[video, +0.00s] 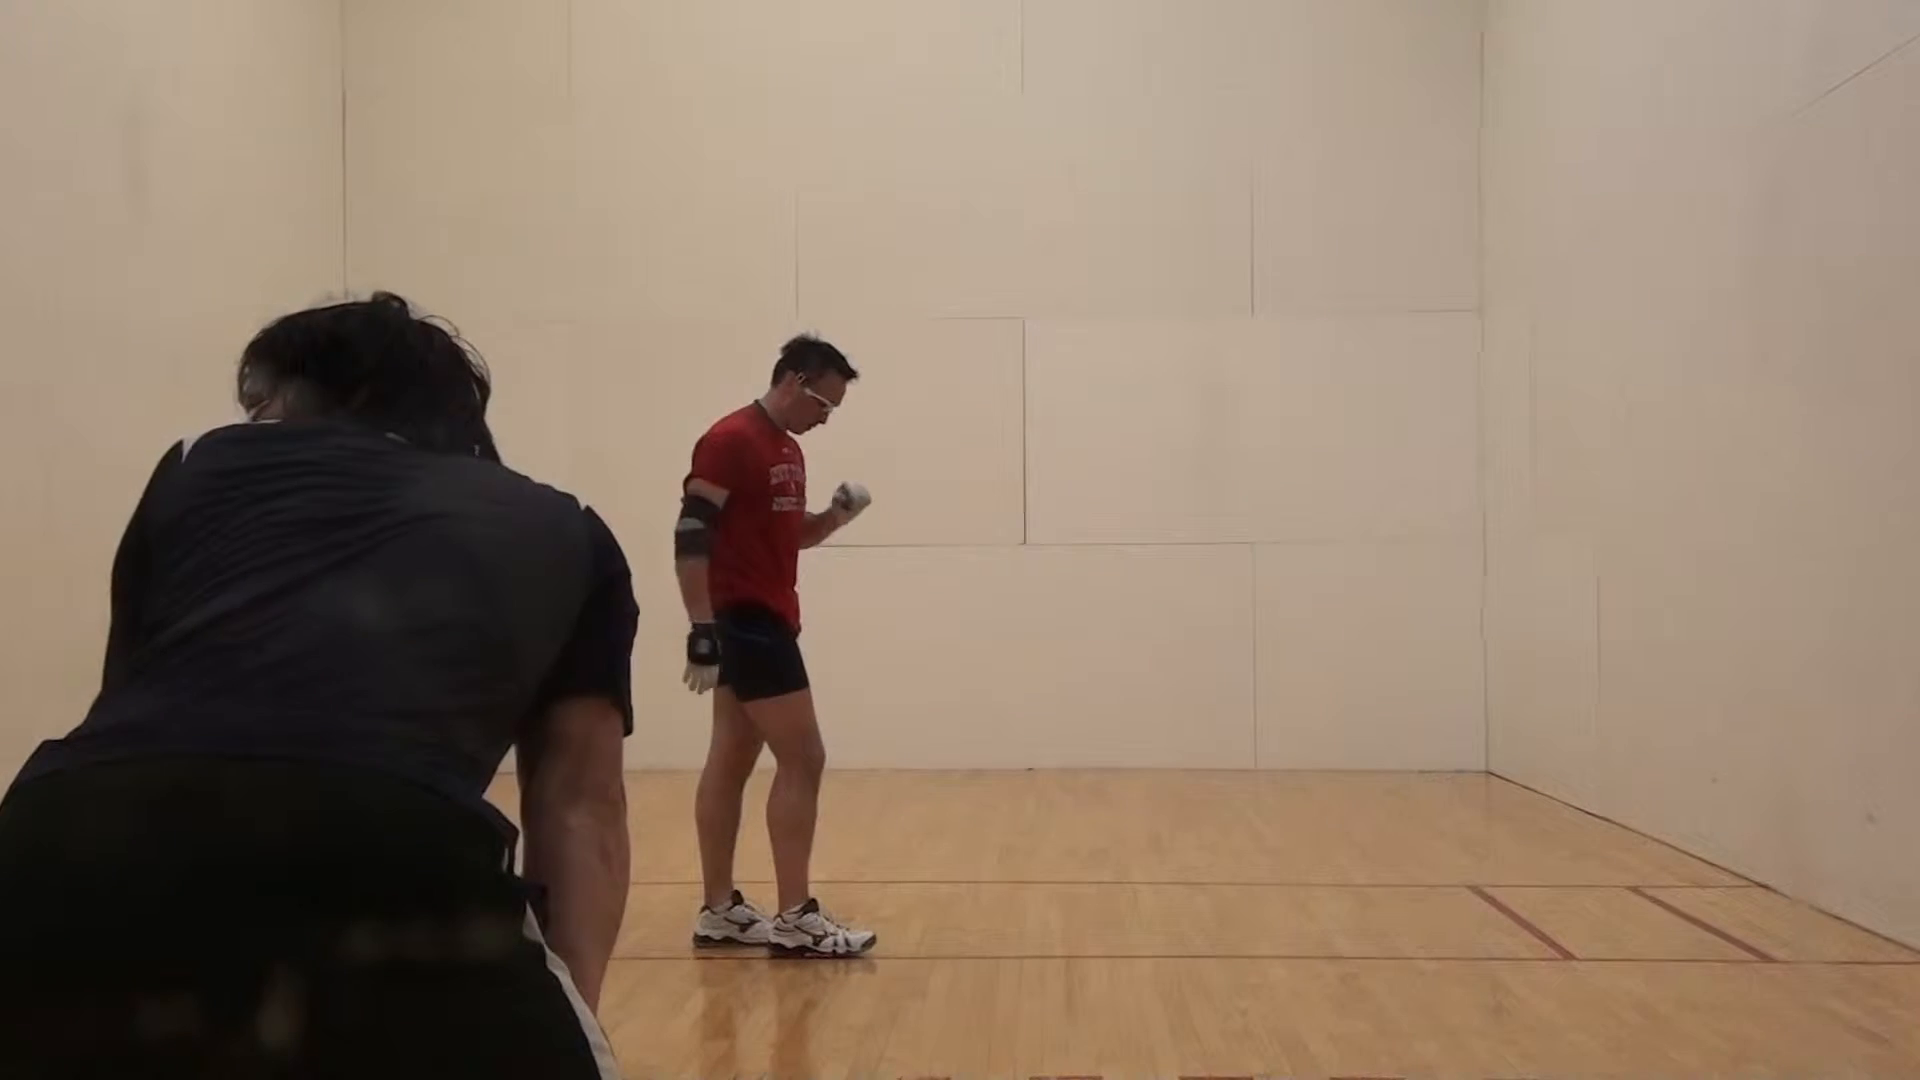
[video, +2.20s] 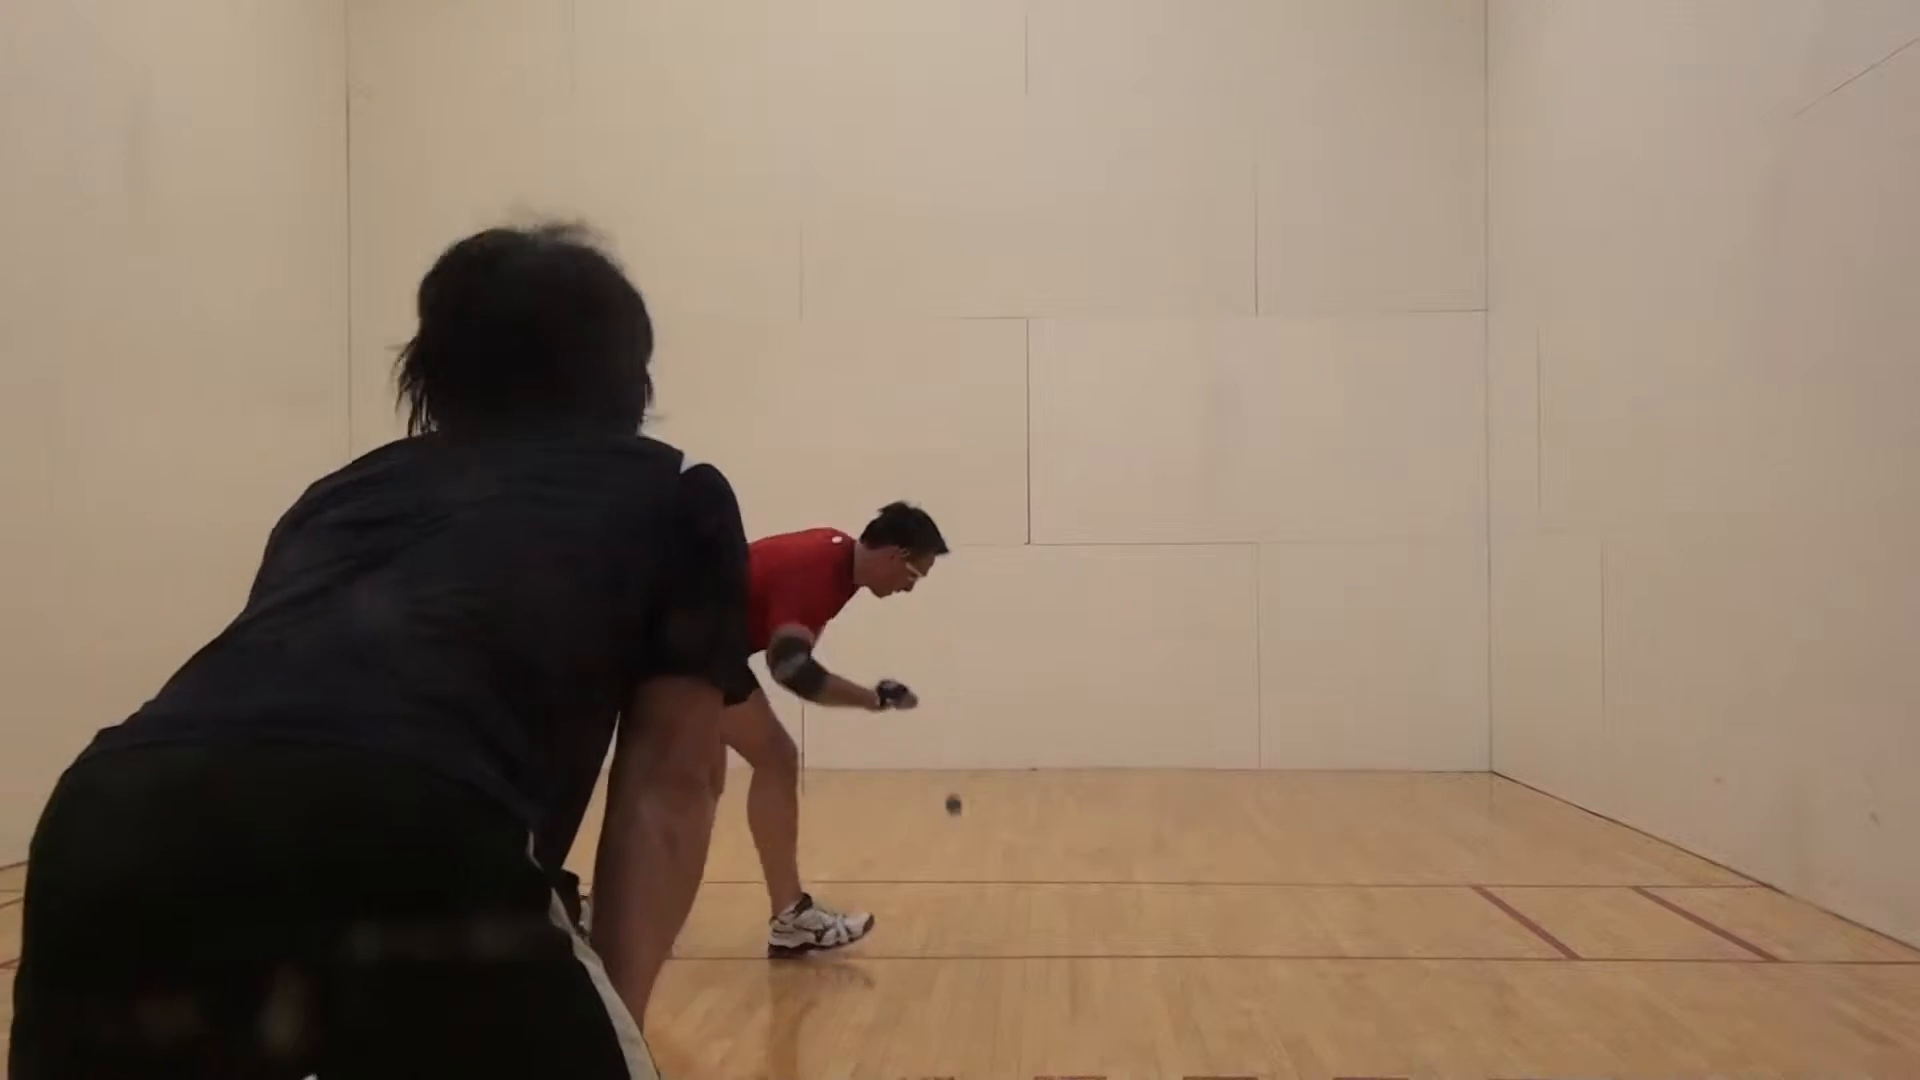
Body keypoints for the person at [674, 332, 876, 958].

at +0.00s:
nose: (825, 418)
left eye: (831, 408)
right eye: (824, 403)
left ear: (801, 390)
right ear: (792, 383)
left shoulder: (783, 447)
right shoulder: (731, 440)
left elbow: (784, 536)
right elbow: (690, 536)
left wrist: (833, 517)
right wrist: (703, 629)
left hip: (758, 624)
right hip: (751, 627)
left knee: (729, 762)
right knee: (802, 758)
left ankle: (719, 908)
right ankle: (795, 914)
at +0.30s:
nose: (832, 417)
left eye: (838, 406)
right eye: (829, 402)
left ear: (806, 391)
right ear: (795, 384)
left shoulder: (796, 449)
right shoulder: (737, 440)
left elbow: (808, 543)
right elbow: (702, 538)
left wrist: (875, 590)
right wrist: (734, 629)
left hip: (760, 621)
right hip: (747, 625)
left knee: (729, 762)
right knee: (802, 758)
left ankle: (719, 907)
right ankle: (796, 914)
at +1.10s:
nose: (899, 442)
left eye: (905, 432)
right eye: (898, 428)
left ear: (872, 411)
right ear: (868, 408)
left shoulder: (841, 451)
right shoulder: (805, 460)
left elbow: (812, 557)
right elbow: (772, 565)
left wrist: (829, 627)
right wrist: (828, 638)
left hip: (776, 615)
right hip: (756, 616)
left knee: (795, 758)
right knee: (812, 761)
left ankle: (733, 895)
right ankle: (797, 914)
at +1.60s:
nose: (931, 494)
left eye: (939, 486)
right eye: (930, 480)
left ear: (903, 457)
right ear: (904, 457)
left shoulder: (856, 466)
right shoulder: (847, 506)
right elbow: (818, 626)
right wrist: (826, 729)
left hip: (746, 614)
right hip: (753, 623)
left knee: (796, 753)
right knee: (811, 757)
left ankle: (736, 894)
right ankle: (798, 914)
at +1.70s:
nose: (939, 516)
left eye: (946, 507)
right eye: (938, 503)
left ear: (908, 481)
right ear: (910, 482)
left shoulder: (861, 483)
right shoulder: (849, 527)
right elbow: (828, 653)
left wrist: (810, 619)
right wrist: (854, 751)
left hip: (745, 624)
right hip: (747, 634)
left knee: (795, 756)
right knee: (815, 760)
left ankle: (723, 888)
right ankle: (799, 915)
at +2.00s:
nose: (929, 596)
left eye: (936, 587)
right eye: (932, 584)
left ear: (908, 561)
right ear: (910, 566)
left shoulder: (858, 546)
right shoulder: (829, 594)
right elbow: (818, 715)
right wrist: (910, 717)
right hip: (722, 663)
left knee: (743, 794)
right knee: (814, 764)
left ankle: (632, 868)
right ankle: (799, 917)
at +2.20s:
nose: (911, 587)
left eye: (917, 578)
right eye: (914, 574)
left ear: (888, 550)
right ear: (891, 553)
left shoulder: (834, 552)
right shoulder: (824, 567)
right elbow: (789, 664)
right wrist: (870, 697)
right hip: (703, 646)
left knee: (703, 779)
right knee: (776, 757)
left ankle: (647, 912)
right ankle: (790, 914)